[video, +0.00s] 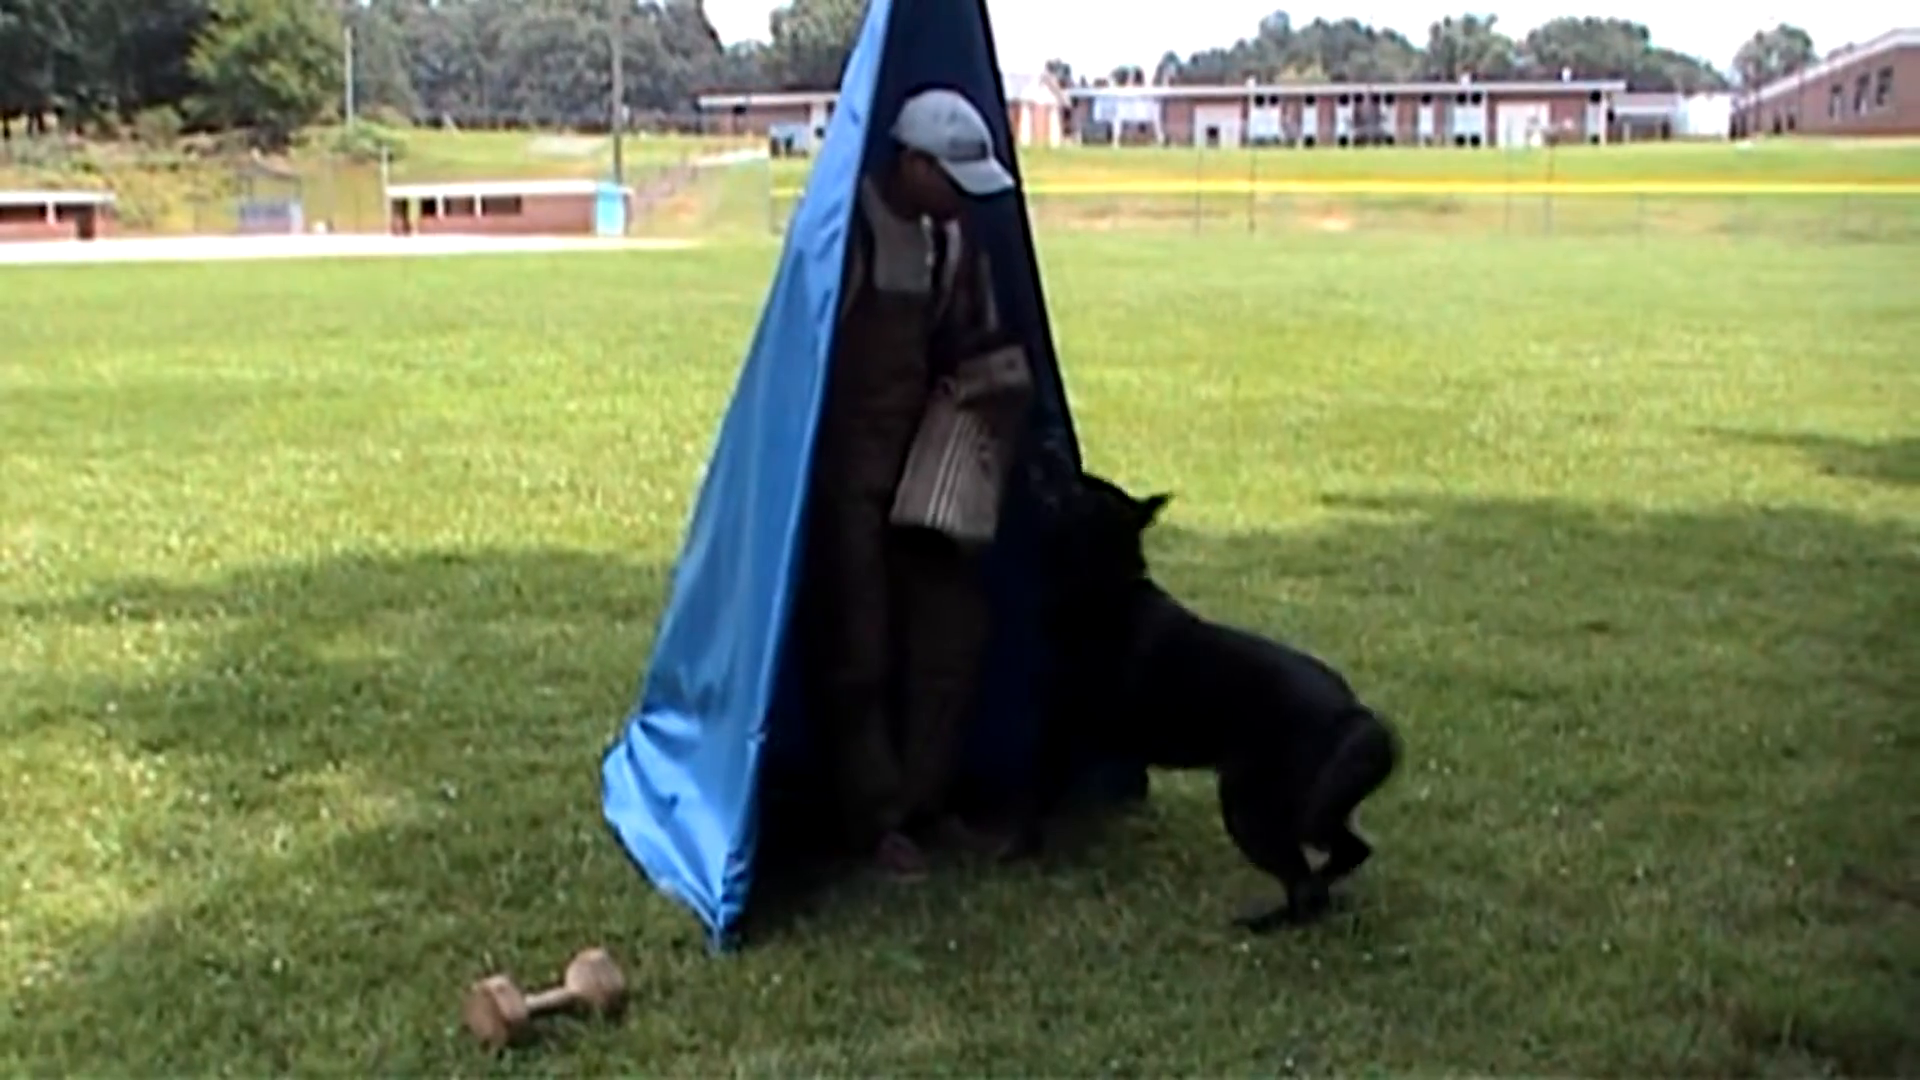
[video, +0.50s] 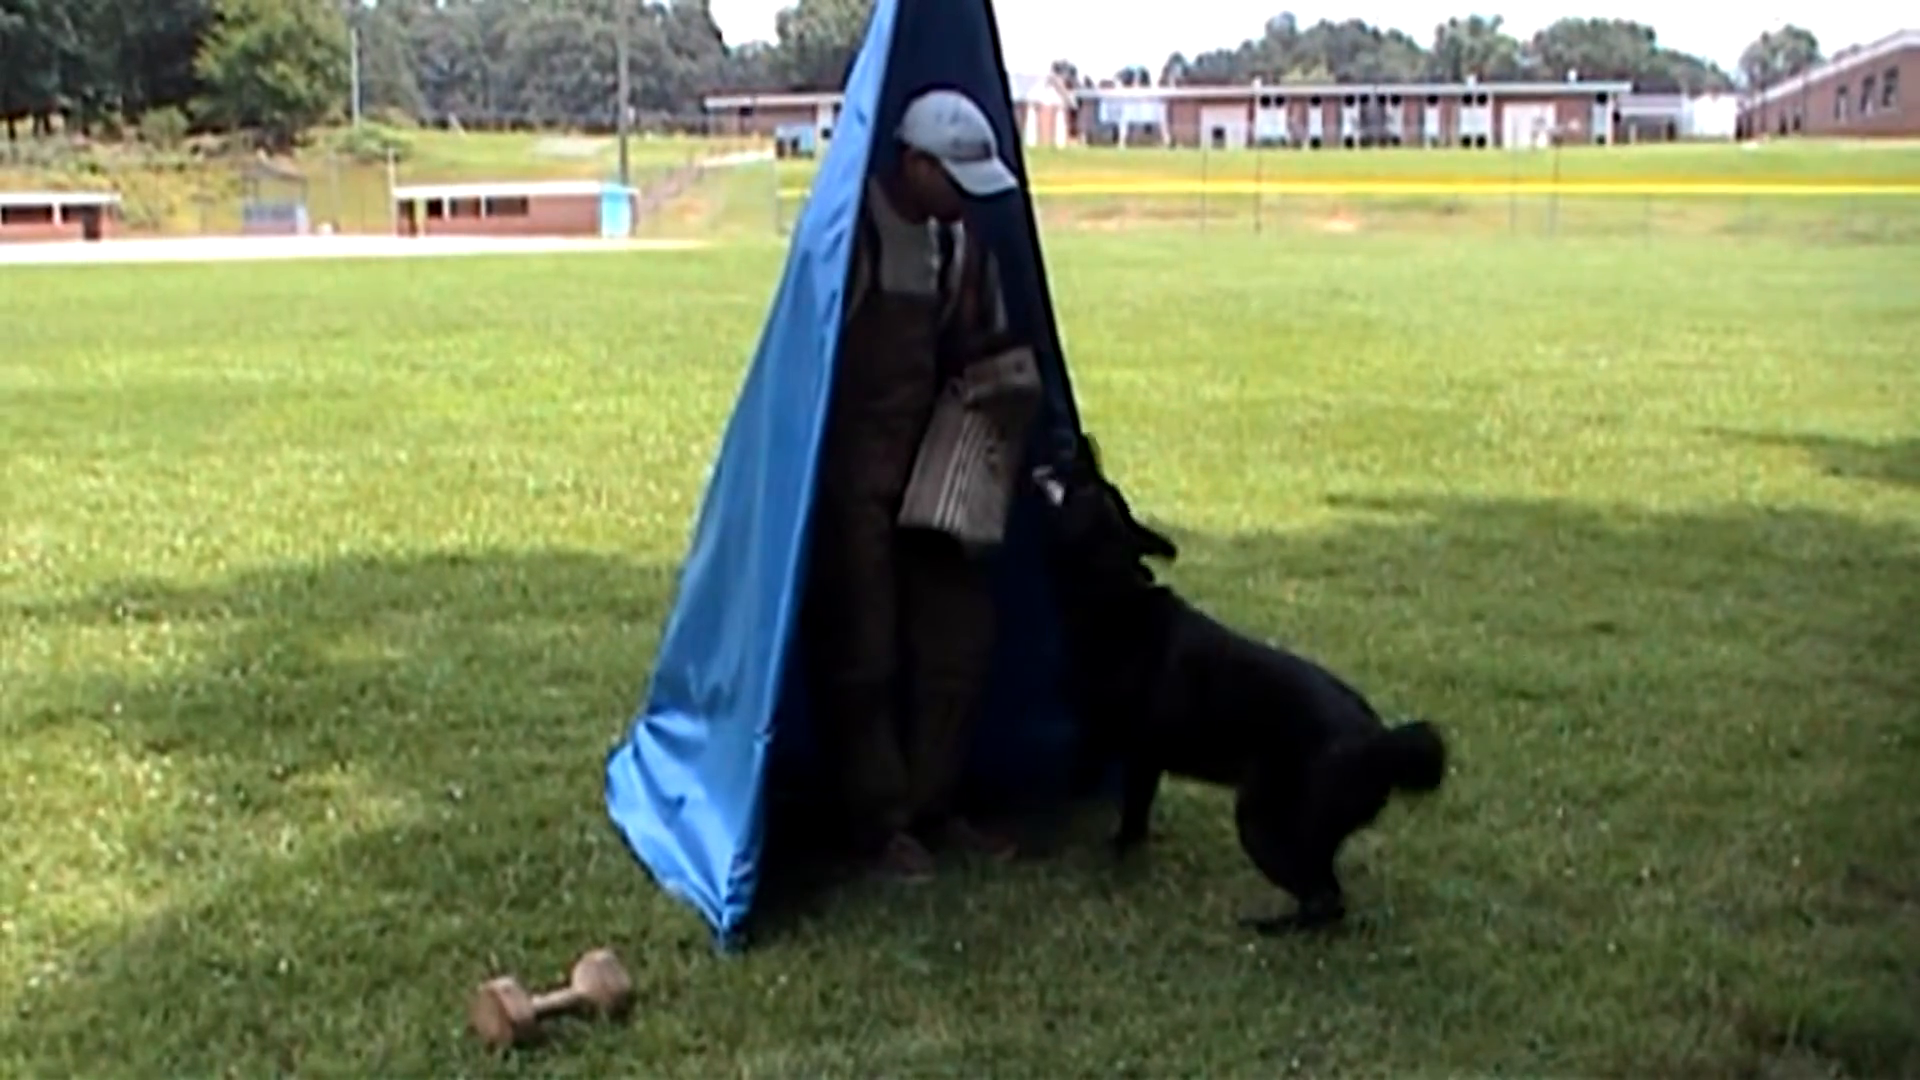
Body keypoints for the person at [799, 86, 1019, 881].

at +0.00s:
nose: (959, 200)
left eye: (967, 186)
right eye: (951, 183)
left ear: (957, 175)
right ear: (908, 163)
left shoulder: (960, 245)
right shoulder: (839, 239)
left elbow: (996, 359)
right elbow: (801, 368)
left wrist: (992, 378)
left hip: (937, 484)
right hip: (847, 485)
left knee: (944, 640)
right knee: (862, 652)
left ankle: (929, 807)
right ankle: (876, 824)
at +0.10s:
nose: (961, 200)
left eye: (968, 185)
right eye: (952, 182)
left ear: (959, 175)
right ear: (908, 163)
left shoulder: (962, 246)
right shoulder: (841, 239)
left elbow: (998, 360)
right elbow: (803, 367)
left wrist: (993, 379)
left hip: (939, 480)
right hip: (849, 481)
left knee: (946, 639)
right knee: (865, 651)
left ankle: (931, 807)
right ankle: (877, 824)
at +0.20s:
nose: (961, 199)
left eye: (969, 184)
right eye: (951, 181)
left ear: (964, 174)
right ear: (908, 163)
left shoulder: (965, 245)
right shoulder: (842, 239)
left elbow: (990, 358)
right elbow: (804, 367)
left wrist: (1003, 376)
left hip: (942, 479)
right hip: (851, 481)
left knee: (948, 641)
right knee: (867, 652)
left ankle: (932, 809)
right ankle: (879, 825)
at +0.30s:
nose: (962, 199)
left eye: (969, 185)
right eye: (953, 182)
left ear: (963, 175)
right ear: (909, 163)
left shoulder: (966, 246)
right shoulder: (843, 241)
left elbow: (990, 358)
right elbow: (804, 370)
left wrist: (1003, 379)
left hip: (942, 480)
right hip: (852, 483)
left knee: (949, 639)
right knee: (867, 652)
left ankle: (935, 808)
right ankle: (879, 826)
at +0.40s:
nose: (963, 198)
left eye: (970, 184)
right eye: (953, 181)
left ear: (963, 173)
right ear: (910, 163)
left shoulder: (966, 246)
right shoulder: (844, 241)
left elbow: (992, 360)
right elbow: (805, 372)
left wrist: (1000, 382)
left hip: (942, 480)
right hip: (853, 483)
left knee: (950, 639)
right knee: (868, 653)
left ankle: (935, 808)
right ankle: (879, 826)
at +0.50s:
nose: (964, 199)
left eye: (971, 184)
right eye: (954, 182)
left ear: (965, 174)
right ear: (910, 163)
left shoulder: (967, 246)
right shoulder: (845, 242)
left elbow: (995, 360)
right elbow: (806, 372)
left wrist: (1000, 386)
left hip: (944, 481)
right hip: (853, 484)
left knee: (951, 640)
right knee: (868, 653)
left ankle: (939, 808)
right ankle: (880, 826)